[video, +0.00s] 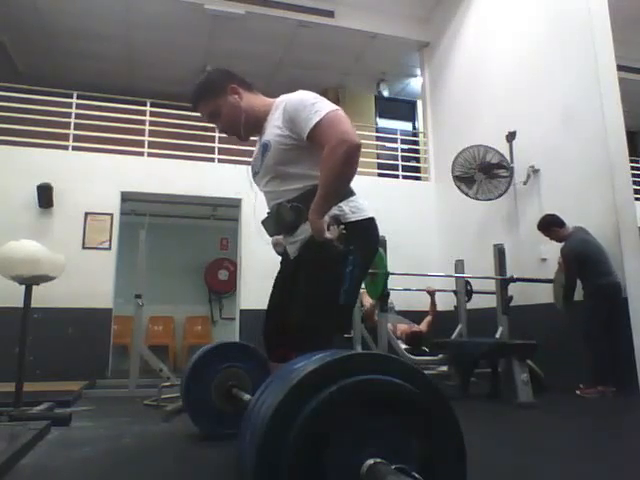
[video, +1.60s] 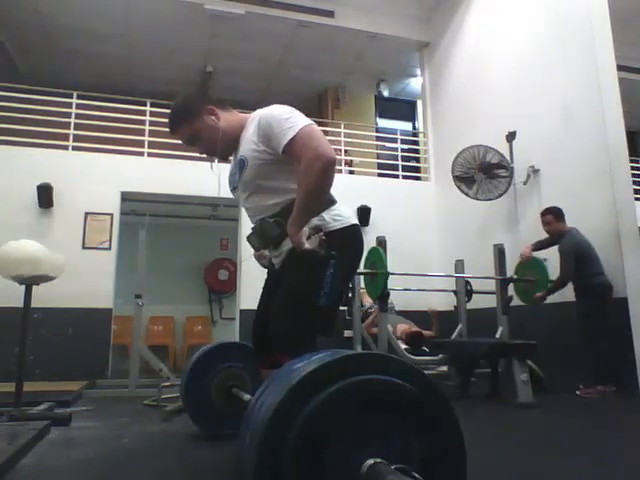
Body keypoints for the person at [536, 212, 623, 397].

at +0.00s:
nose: (551, 239)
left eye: (549, 236)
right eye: (548, 236)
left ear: (554, 230)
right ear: (561, 224)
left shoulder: (568, 249)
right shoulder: (580, 232)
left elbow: (570, 282)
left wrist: (566, 304)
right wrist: (566, 263)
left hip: (598, 294)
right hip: (613, 289)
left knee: (593, 337)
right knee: (608, 337)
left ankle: (597, 384)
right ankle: (610, 382)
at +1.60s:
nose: (545, 229)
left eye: (547, 223)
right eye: (543, 224)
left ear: (558, 222)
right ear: (559, 223)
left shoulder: (567, 243)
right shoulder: (571, 234)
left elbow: (565, 277)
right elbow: (551, 240)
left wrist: (545, 294)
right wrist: (531, 247)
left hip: (591, 293)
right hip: (598, 289)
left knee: (591, 337)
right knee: (596, 337)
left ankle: (595, 384)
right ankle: (603, 382)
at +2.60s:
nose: (567, 214)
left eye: (571, 210)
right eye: (565, 210)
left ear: (582, 212)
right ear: (563, 213)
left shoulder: (589, 234)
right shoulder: (565, 237)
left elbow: (597, 263)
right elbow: (556, 263)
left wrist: (579, 285)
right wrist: (537, 260)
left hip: (599, 289)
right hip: (582, 290)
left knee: (598, 334)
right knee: (589, 334)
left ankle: (603, 383)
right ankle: (599, 381)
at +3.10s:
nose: (573, 209)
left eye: (576, 205)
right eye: (569, 206)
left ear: (585, 206)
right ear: (566, 211)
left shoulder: (602, 229)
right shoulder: (562, 237)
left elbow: (625, 252)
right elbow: (557, 262)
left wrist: (611, 273)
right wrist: (557, 280)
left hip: (599, 290)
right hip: (575, 292)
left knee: (595, 335)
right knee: (573, 334)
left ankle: (603, 385)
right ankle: (590, 380)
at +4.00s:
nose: (544, 202)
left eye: (547, 197)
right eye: (539, 199)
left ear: (556, 197)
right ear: (536, 203)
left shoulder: (575, 219)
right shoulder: (531, 229)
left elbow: (599, 243)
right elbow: (523, 256)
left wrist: (583, 263)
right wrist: (527, 271)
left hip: (576, 288)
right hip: (548, 292)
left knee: (585, 335)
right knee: (554, 340)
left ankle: (597, 384)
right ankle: (561, 387)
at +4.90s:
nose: (564, 185)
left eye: (568, 181)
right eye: (559, 180)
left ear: (572, 183)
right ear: (547, 180)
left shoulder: (580, 212)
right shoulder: (527, 209)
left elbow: (599, 243)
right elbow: (503, 234)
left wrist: (579, 258)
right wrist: (521, 252)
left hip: (569, 281)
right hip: (537, 281)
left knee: (578, 335)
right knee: (534, 334)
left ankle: (583, 396)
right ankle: (531, 395)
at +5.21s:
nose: (551, 183)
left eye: (553, 179)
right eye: (547, 178)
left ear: (551, 181)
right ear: (530, 177)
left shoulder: (555, 210)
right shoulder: (510, 207)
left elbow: (562, 240)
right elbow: (490, 236)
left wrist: (563, 257)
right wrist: (510, 259)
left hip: (548, 280)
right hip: (518, 282)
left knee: (565, 335)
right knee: (516, 339)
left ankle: (580, 394)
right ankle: (512, 396)